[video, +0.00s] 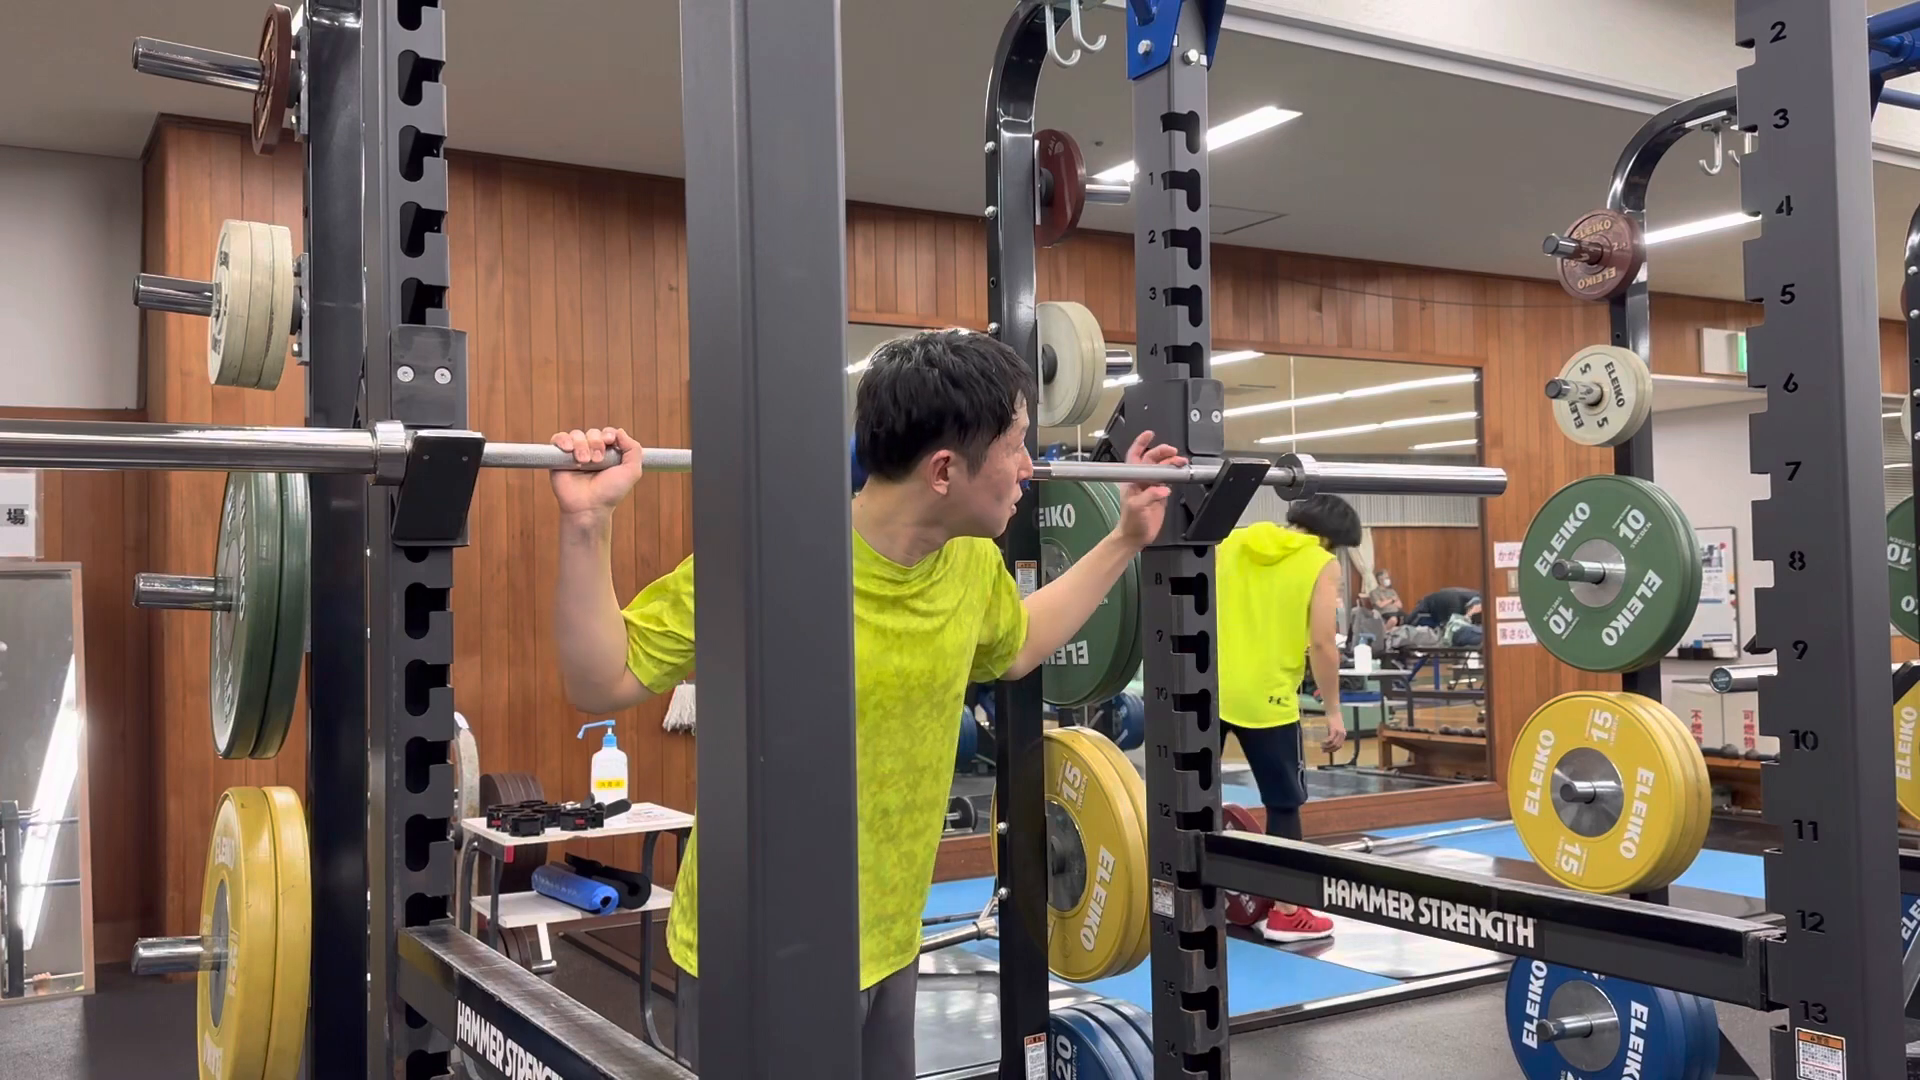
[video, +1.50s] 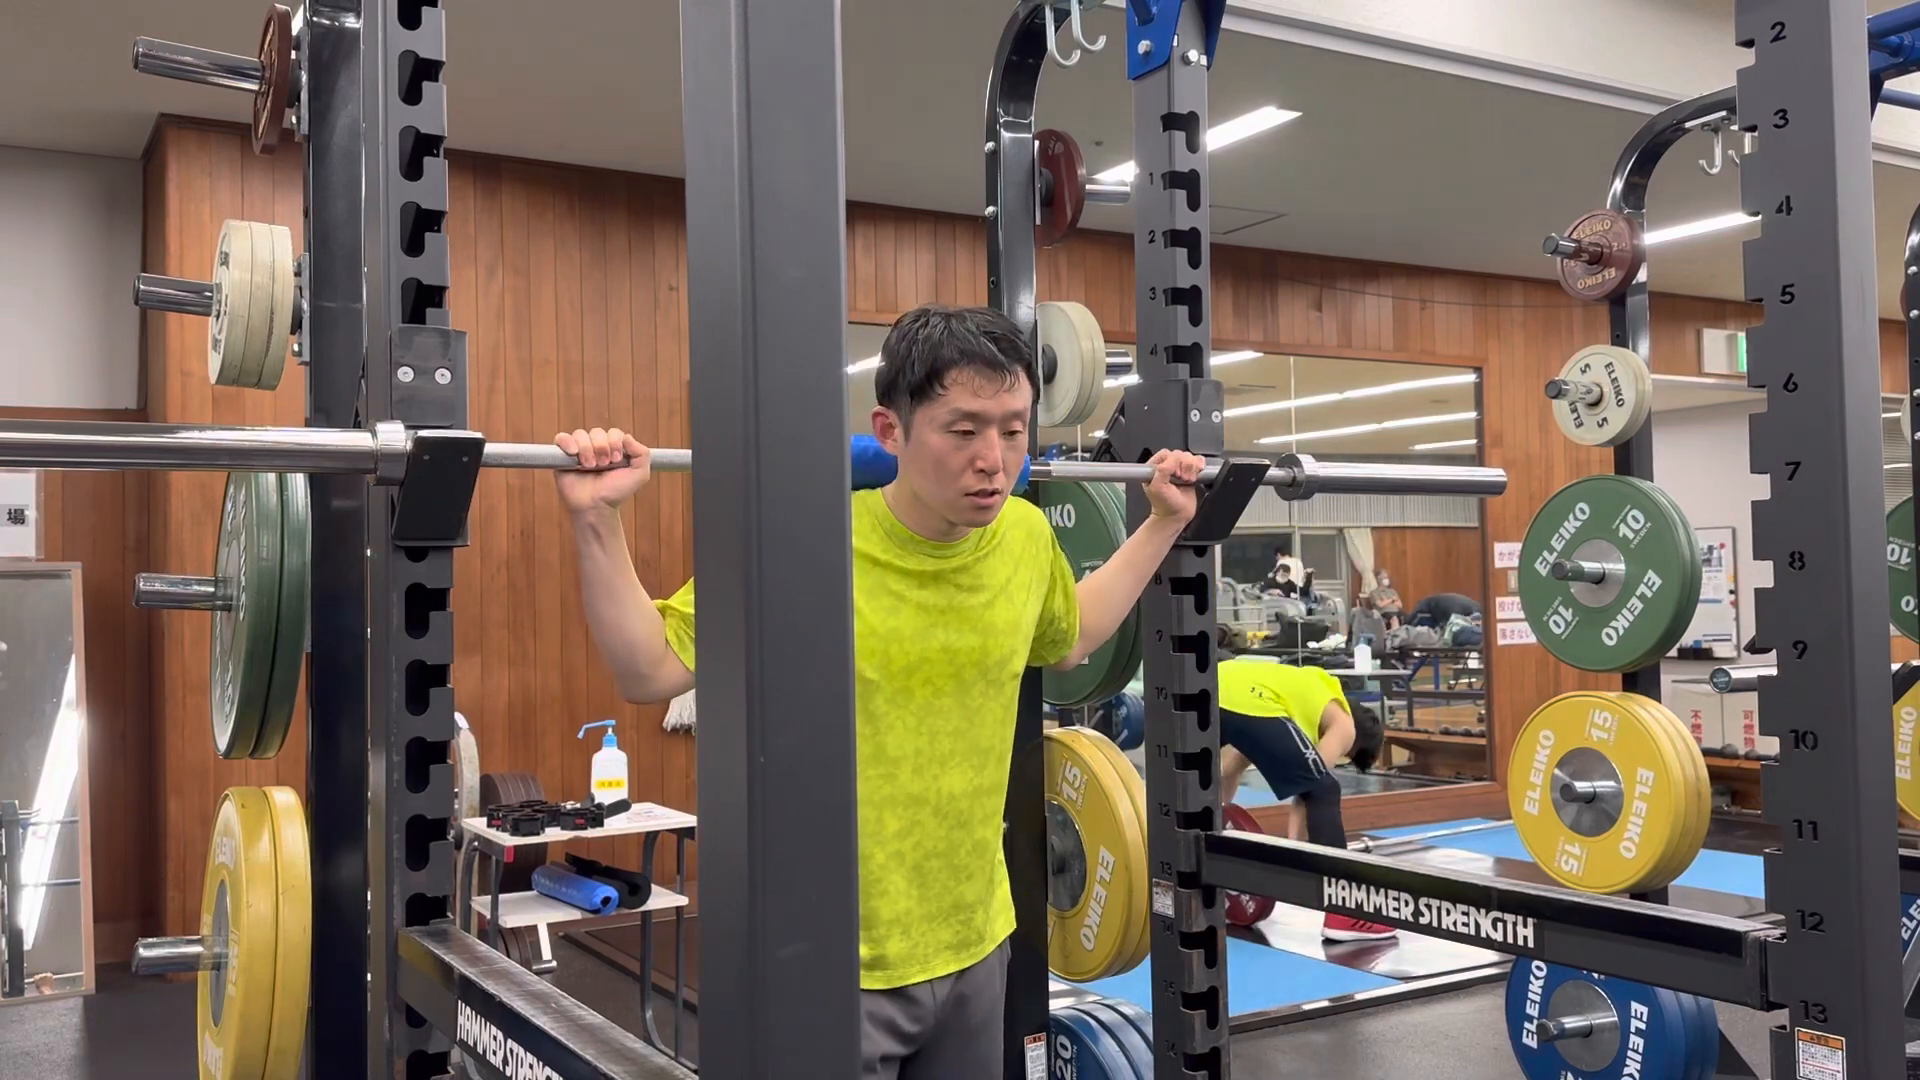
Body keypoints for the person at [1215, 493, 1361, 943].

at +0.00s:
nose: (1339, 555)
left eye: (1343, 549)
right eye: (1342, 547)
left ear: (1296, 518)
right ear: (1331, 538)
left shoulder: (1233, 542)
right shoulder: (1319, 563)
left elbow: (1195, 601)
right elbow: (1322, 645)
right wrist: (1333, 710)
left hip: (1205, 691)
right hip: (1264, 698)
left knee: (1194, 792)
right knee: (1283, 805)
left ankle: (1200, 895)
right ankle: (1286, 906)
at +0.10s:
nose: (1356, 559)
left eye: (1359, 553)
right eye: (1357, 551)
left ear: (1309, 522)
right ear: (1348, 541)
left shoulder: (1253, 538)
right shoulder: (1338, 563)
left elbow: (1204, 563)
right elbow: (1334, 641)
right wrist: (1339, 704)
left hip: (1208, 678)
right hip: (1268, 691)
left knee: (1191, 788)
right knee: (1281, 804)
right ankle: (1286, 905)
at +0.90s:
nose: (1338, 592)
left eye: (1344, 586)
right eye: (1344, 584)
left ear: (1320, 554)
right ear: (1338, 569)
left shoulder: (1261, 569)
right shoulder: (1308, 578)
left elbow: (1225, 624)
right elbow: (1293, 651)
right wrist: (1327, 705)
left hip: (1213, 694)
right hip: (1251, 696)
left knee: (1216, 789)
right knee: (1315, 781)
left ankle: (1191, 883)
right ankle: (1314, 896)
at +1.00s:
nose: (1343, 616)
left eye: (1350, 611)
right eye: (1349, 608)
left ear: (1324, 570)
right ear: (1348, 591)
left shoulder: (1267, 584)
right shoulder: (1321, 594)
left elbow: (1227, 638)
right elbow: (1304, 668)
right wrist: (1327, 729)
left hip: (1202, 702)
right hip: (1246, 704)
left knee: (1203, 803)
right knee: (1296, 797)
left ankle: (1194, 895)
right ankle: (1327, 903)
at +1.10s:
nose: (1357, 661)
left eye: (1362, 658)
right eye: (1361, 655)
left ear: (1344, 613)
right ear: (1361, 636)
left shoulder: (1287, 616)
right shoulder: (1341, 638)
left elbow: (1242, 678)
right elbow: (1322, 707)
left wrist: (1240, 760)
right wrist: (1323, 772)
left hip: (1204, 696)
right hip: (1250, 705)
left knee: (1194, 802)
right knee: (1308, 795)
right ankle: (1341, 907)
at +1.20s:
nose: (1357, 697)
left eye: (1363, 694)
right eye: (1363, 691)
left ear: (1349, 648)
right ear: (1365, 675)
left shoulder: (1294, 643)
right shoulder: (1347, 670)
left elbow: (1239, 708)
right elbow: (1324, 737)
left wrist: (1228, 786)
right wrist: (1308, 811)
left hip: (1208, 694)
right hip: (1254, 705)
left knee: (1202, 793)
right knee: (1319, 793)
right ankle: (1342, 910)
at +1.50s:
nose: (1339, 759)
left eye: (1344, 758)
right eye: (1346, 754)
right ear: (1356, 737)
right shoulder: (1343, 723)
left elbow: (1231, 767)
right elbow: (1304, 792)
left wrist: (1217, 818)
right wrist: (1297, 855)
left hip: (1207, 692)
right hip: (1255, 706)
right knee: (1323, 790)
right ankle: (1342, 909)